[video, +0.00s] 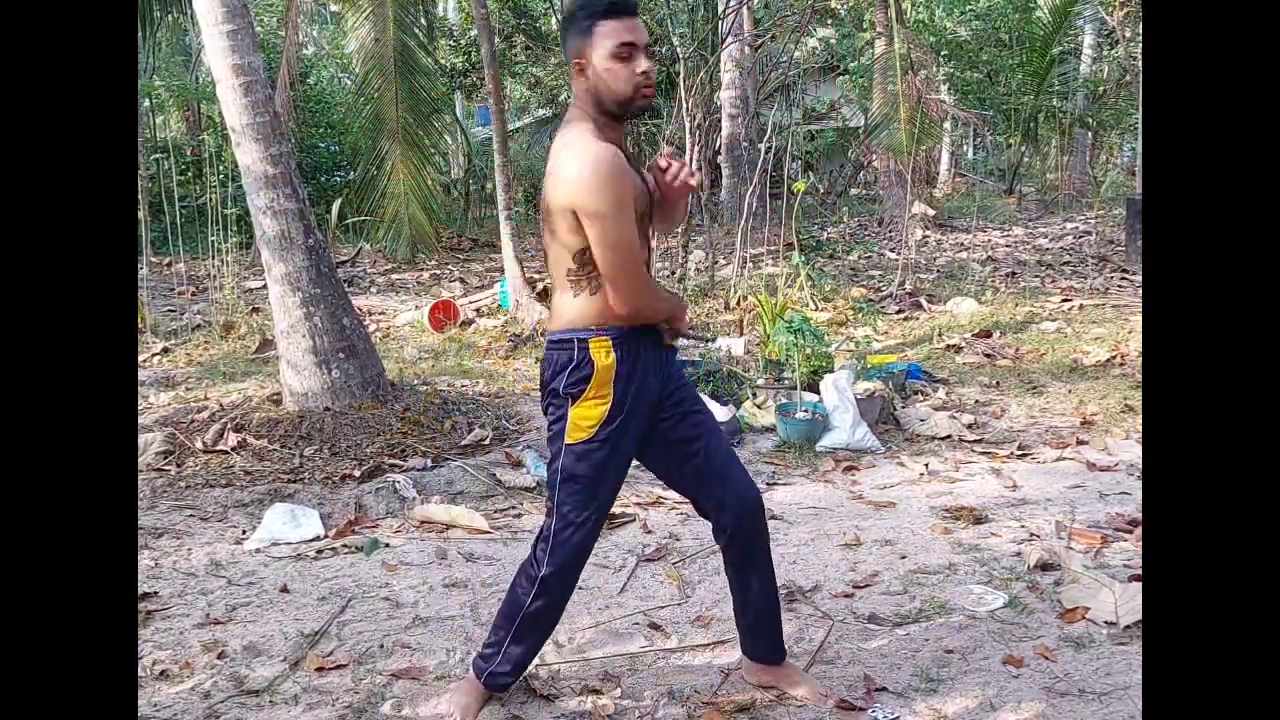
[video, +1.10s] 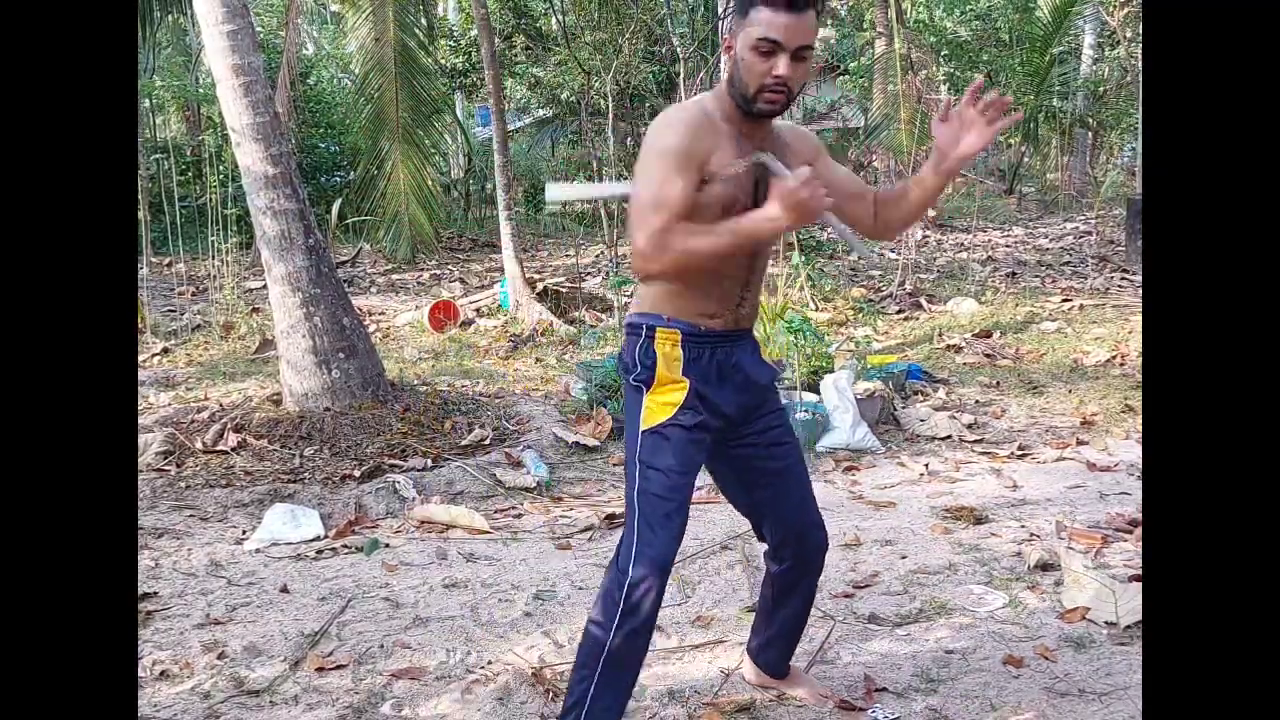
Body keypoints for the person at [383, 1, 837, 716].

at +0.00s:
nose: (647, 67)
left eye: (648, 52)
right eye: (627, 54)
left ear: (641, 60)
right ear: (579, 67)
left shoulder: (596, 148)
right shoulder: (593, 163)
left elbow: (626, 248)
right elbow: (631, 300)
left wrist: (665, 210)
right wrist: (674, 308)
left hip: (639, 355)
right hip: (594, 363)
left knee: (739, 504)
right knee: (568, 534)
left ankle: (766, 661)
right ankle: (479, 685)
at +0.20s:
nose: (729, 83)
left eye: (736, 68)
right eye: (715, 65)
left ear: (731, 71)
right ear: (668, 63)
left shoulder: (700, 149)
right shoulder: (623, 142)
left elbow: (709, 233)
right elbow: (560, 247)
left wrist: (731, 242)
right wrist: (629, 330)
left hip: (680, 357)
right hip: (616, 368)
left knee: (762, 508)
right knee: (566, 536)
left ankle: (767, 664)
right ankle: (480, 683)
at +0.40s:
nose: (791, 71)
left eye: (800, 56)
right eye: (776, 53)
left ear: (804, 58)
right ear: (729, 49)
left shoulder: (792, 139)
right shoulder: (665, 131)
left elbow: (816, 249)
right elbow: (576, 222)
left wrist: (758, 258)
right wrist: (638, 268)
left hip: (748, 345)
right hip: (669, 343)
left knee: (793, 512)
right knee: (624, 515)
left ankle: (767, 662)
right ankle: (541, 671)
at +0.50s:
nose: (798, 66)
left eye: (806, 49)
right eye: (781, 48)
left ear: (810, 48)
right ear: (732, 45)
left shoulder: (815, 135)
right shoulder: (672, 123)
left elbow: (837, 255)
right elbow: (587, 226)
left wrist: (730, 278)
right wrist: (646, 163)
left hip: (776, 344)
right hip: (692, 343)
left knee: (800, 518)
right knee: (658, 516)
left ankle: (769, 665)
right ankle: (596, 678)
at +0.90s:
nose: (823, 46)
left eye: (835, 30)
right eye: (807, 26)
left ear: (841, 34)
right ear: (760, 22)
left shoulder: (839, 129)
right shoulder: (693, 103)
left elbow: (873, 247)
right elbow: (574, 157)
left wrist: (839, 240)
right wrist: (595, 106)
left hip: (780, 334)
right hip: (701, 329)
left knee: (801, 521)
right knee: (680, 517)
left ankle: (768, 662)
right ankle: (609, 700)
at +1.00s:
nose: (809, 56)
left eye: (824, 38)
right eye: (791, 34)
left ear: (835, 41)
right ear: (747, 29)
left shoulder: (826, 140)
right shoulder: (689, 108)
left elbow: (877, 233)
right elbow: (560, 155)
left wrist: (916, 222)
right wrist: (643, 134)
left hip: (763, 345)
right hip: (686, 339)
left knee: (801, 533)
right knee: (663, 541)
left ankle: (768, 662)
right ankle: (614, 711)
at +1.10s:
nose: (783, 72)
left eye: (800, 55)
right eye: (766, 49)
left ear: (813, 58)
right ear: (728, 43)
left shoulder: (793, 142)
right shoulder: (682, 128)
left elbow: (878, 215)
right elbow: (649, 253)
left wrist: (939, 168)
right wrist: (770, 219)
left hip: (739, 359)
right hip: (668, 355)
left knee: (800, 537)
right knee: (645, 563)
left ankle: (768, 666)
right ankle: (585, 714)